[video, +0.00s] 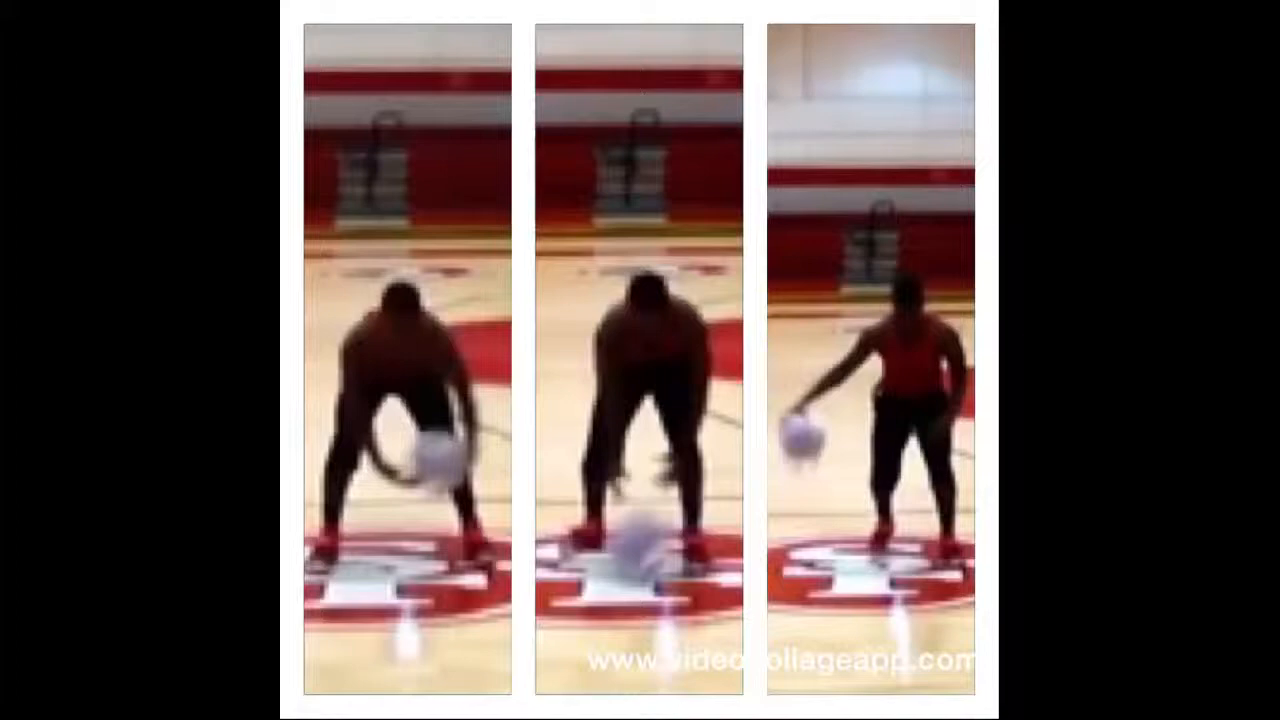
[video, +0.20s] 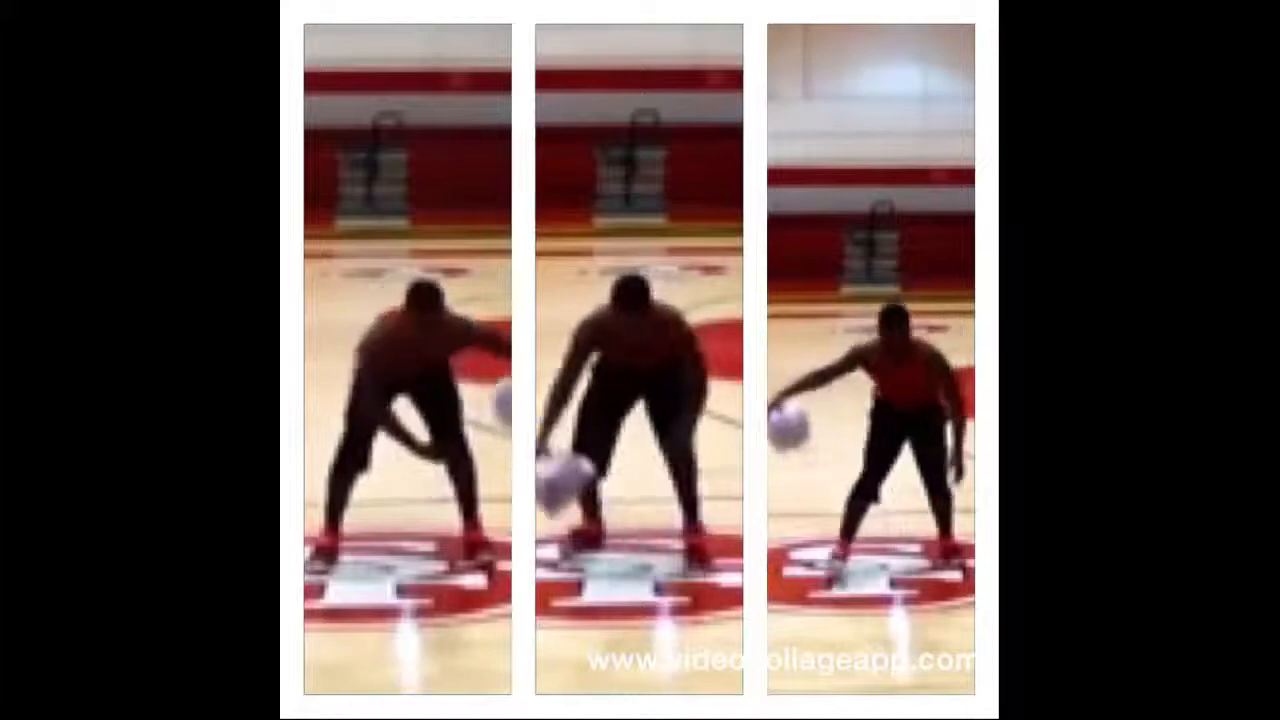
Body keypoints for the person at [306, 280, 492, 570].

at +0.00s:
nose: (403, 333)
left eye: (410, 325)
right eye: (395, 325)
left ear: (420, 316)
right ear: (382, 316)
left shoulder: (434, 336)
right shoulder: (359, 343)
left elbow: (463, 387)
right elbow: (357, 410)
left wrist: (470, 441)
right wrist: (379, 462)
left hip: (421, 380)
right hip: (369, 383)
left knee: (446, 447)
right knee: (344, 449)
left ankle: (471, 530)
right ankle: (330, 531)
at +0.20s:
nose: (426, 329)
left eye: (433, 321)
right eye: (420, 322)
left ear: (442, 314)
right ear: (407, 314)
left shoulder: (451, 328)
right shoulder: (383, 337)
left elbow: (496, 342)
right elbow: (373, 406)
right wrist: (418, 447)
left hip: (430, 374)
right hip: (380, 378)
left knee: (455, 448)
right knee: (352, 454)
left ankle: (472, 531)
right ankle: (331, 533)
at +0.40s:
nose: (437, 334)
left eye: (442, 325)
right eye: (429, 326)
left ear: (452, 316)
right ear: (417, 317)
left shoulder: (463, 329)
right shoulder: (392, 339)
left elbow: (506, 346)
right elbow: (384, 411)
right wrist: (419, 459)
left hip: (433, 373)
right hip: (383, 377)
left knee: (461, 450)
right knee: (354, 454)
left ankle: (472, 531)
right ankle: (331, 531)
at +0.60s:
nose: (411, 330)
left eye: (417, 321)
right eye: (405, 322)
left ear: (427, 316)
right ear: (395, 317)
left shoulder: (448, 341)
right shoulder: (377, 342)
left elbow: (436, 418)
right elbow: (359, 411)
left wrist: (411, 465)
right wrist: (355, 467)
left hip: (432, 388)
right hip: (381, 385)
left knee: (463, 457)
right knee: (350, 455)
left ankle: (473, 532)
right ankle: (333, 533)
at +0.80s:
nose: (389, 326)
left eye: (395, 318)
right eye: (384, 318)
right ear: (373, 314)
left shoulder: (430, 340)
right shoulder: (353, 342)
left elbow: (419, 414)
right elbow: (338, 406)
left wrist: (385, 458)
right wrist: (336, 456)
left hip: (421, 390)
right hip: (369, 389)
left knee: (454, 456)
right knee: (345, 458)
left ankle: (473, 531)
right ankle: (329, 542)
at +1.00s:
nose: (404, 329)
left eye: (411, 319)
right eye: (397, 320)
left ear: (420, 314)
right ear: (385, 315)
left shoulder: (438, 342)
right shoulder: (364, 350)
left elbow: (476, 390)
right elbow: (376, 417)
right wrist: (418, 462)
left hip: (423, 391)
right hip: (371, 394)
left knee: (458, 462)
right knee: (339, 471)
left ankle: (474, 536)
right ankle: (330, 541)